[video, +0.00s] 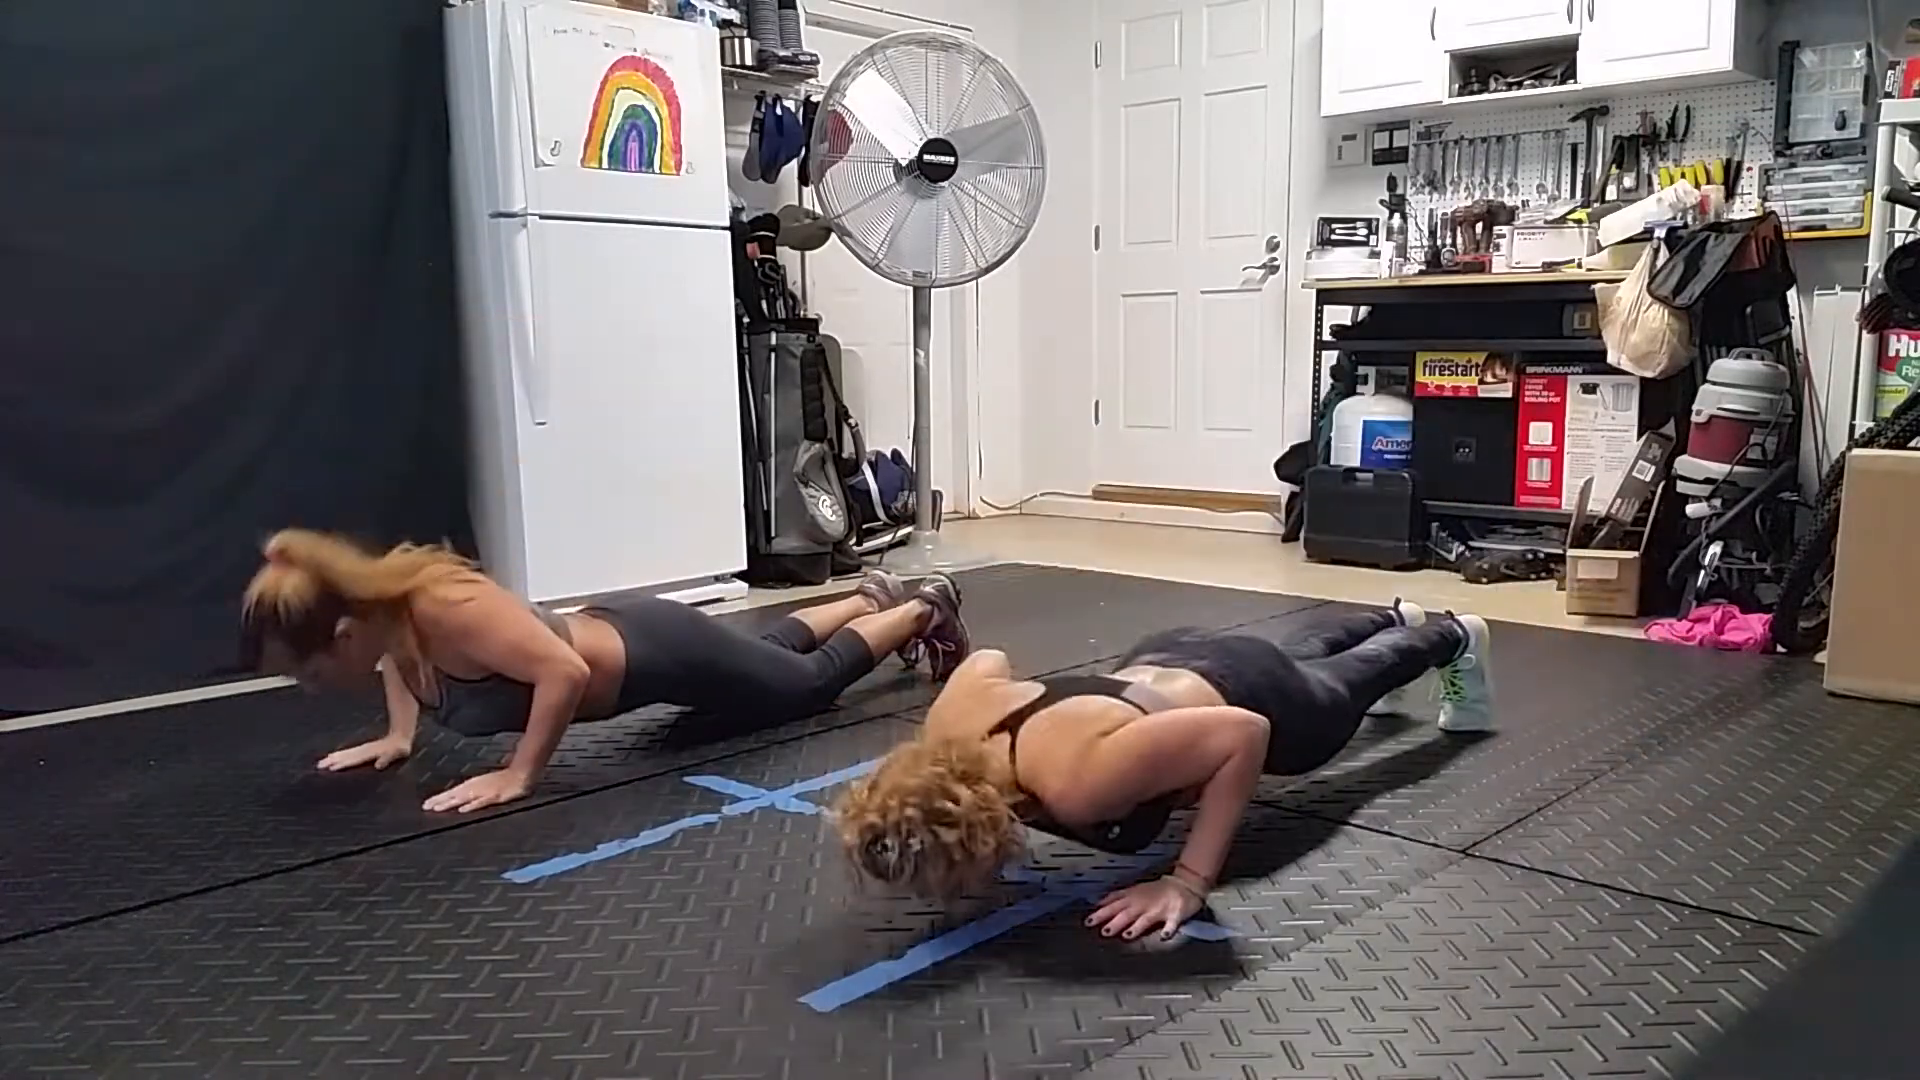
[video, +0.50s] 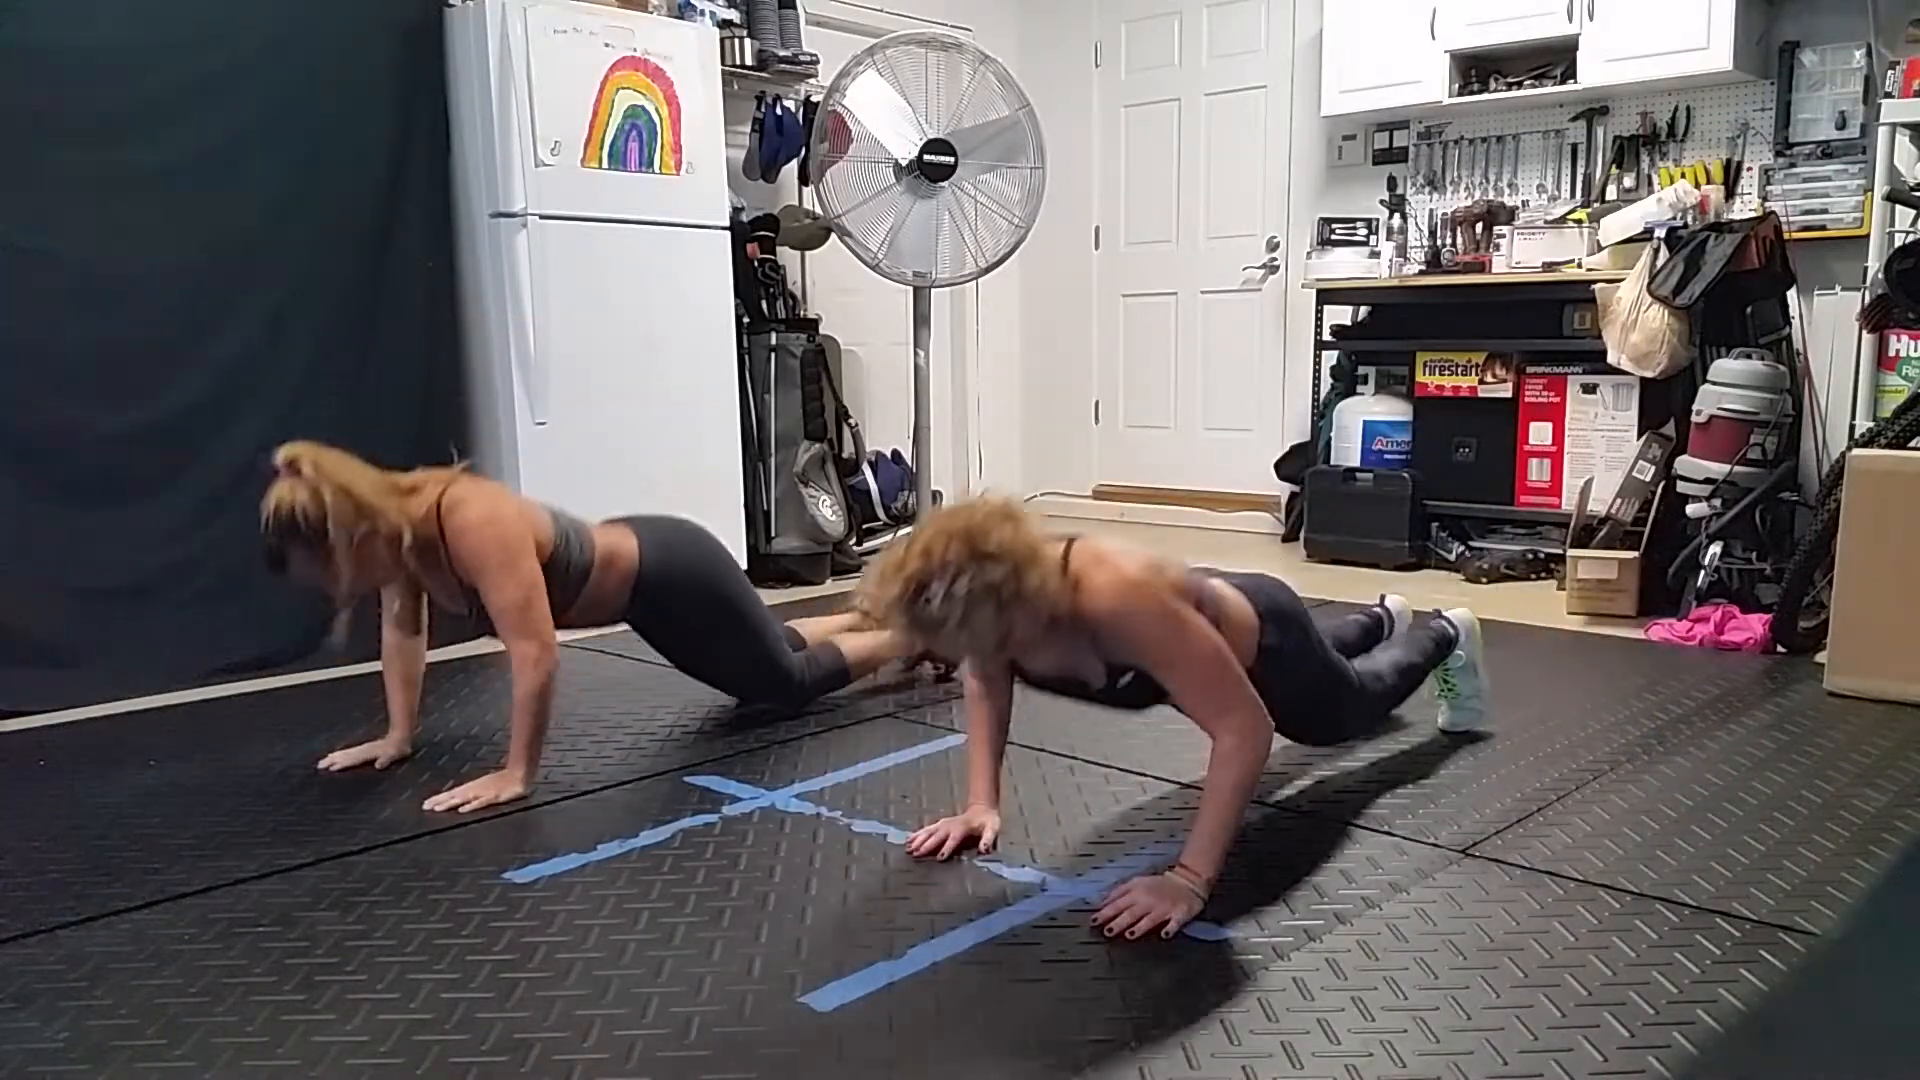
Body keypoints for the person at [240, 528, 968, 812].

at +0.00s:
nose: (314, 685)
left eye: (307, 671)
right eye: (299, 675)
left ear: (337, 632)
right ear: (333, 630)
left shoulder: (449, 609)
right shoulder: (383, 614)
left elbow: (561, 672)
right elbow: (392, 665)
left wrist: (516, 774)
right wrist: (398, 734)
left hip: (657, 652)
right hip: (618, 629)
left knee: (814, 678)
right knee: (760, 643)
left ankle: (914, 613)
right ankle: (865, 597)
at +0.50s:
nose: (331, 591)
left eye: (324, 573)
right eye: (318, 582)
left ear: (348, 536)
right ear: (342, 534)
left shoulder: (472, 519)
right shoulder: (397, 524)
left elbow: (535, 649)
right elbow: (404, 627)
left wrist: (517, 774)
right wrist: (398, 735)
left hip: (669, 576)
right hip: (636, 576)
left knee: (795, 679)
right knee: (771, 653)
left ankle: (918, 635)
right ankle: (883, 616)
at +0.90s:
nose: (329, 487)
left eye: (326, 469)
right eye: (316, 476)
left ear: (362, 430)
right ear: (336, 444)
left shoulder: (476, 474)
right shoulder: (392, 488)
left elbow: (501, 616)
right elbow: (399, 608)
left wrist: (489, 747)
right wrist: (396, 731)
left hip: (667, 556)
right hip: (628, 576)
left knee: (773, 681)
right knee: (740, 669)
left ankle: (895, 656)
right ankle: (844, 641)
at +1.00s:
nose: (337, 483)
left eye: (340, 463)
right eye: (323, 471)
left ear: (379, 425)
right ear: (321, 454)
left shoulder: (481, 457)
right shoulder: (388, 486)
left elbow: (425, 588)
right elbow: (400, 591)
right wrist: (396, 723)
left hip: (669, 554)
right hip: (629, 580)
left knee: (778, 686)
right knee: (742, 669)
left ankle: (896, 657)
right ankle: (844, 638)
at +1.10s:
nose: (326, 424)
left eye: (334, 409)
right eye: (316, 415)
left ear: (383, 402)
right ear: (339, 429)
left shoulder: (474, 442)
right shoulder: (398, 497)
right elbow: (399, 615)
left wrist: (259, 447)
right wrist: (396, 734)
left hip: (673, 554)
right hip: (630, 586)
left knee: (783, 681)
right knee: (747, 669)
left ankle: (892, 659)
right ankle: (851, 638)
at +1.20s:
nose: (342, 488)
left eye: (338, 472)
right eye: (327, 480)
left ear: (370, 427)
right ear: (338, 459)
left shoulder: (458, 439)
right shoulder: (398, 500)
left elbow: (368, 385)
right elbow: (398, 612)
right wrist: (399, 734)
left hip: (668, 553)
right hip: (626, 582)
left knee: (781, 683)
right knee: (756, 662)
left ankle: (904, 656)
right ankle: (870, 645)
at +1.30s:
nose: (340, 483)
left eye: (336, 465)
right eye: (324, 476)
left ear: (368, 426)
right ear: (332, 456)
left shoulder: (462, 431)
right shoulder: (394, 501)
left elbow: (371, 384)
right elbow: (398, 613)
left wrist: (245, 343)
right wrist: (398, 735)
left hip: (668, 554)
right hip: (624, 587)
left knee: (782, 684)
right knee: (758, 670)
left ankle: (900, 656)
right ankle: (869, 648)